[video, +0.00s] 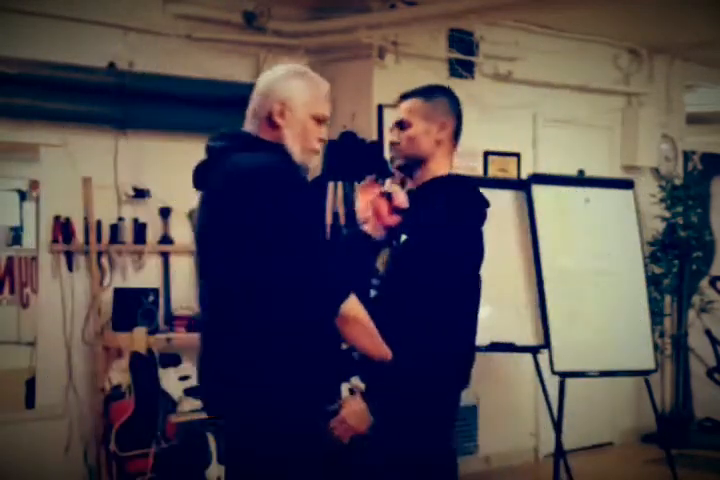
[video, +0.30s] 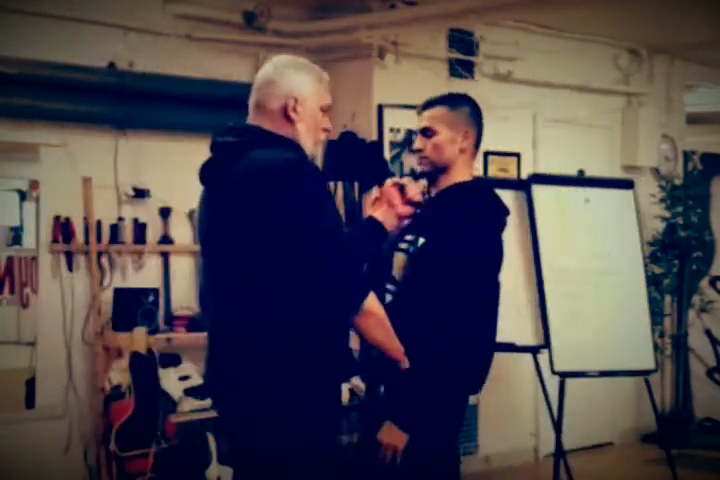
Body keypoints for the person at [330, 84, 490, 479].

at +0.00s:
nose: (391, 137)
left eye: (403, 126)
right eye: (393, 127)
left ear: (441, 132)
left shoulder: (449, 207)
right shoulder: (405, 203)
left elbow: (431, 325)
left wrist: (372, 401)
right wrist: (352, 382)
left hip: (417, 402)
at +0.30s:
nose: (416, 144)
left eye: (429, 133)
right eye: (417, 134)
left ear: (464, 141)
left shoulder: (470, 212)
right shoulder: (432, 205)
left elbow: (454, 328)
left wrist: (405, 417)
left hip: (434, 392)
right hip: (403, 381)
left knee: (426, 471)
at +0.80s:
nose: (440, 149)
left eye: (454, 140)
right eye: (441, 141)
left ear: (489, 154)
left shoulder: (492, 219)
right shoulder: (444, 221)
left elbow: (475, 336)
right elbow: (403, 309)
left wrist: (422, 422)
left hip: (428, 403)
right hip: (396, 392)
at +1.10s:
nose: (440, 141)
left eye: (453, 132)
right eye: (442, 132)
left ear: (489, 142)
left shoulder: (493, 207)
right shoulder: (468, 207)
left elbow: (474, 318)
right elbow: (422, 324)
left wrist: (421, 394)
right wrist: (392, 279)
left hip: (453, 395)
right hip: (439, 391)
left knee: (418, 472)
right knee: (433, 471)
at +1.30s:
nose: (435, 126)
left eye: (447, 115)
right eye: (437, 117)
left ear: (483, 124)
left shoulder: (497, 188)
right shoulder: (478, 190)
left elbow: (479, 310)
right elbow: (455, 310)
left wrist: (398, 355)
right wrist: (398, 297)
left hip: (496, 365)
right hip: (484, 360)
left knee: (441, 469)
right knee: (476, 470)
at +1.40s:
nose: (433, 124)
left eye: (444, 113)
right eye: (434, 114)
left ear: (480, 121)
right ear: (476, 124)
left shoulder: (493, 186)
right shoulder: (489, 182)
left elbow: (476, 307)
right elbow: (472, 301)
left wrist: (389, 352)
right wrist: (410, 301)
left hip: (508, 367)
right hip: (505, 362)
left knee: (481, 471)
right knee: (484, 470)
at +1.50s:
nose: (437, 131)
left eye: (447, 119)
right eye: (437, 121)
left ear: (484, 124)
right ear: (479, 126)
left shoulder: (506, 188)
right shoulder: (486, 189)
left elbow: (491, 311)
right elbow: (482, 300)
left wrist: (399, 330)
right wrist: (426, 300)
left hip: (528, 366)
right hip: (511, 364)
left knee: (507, 470)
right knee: (511, 469)